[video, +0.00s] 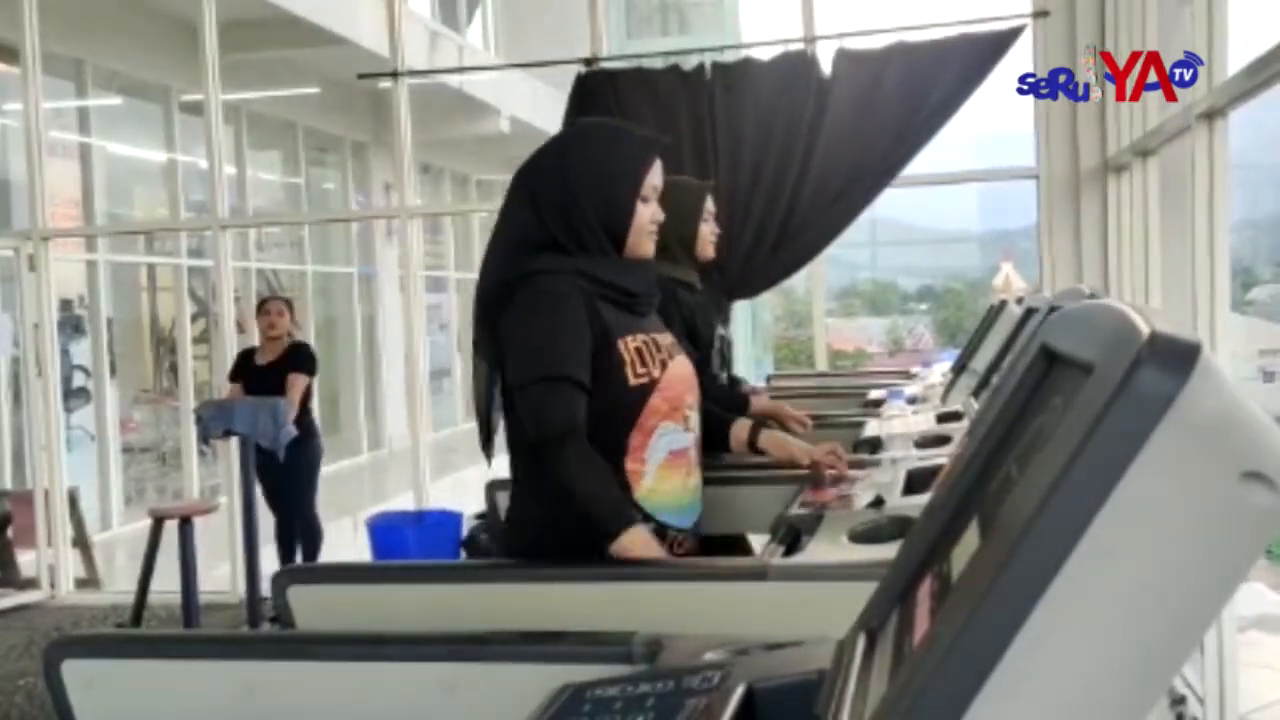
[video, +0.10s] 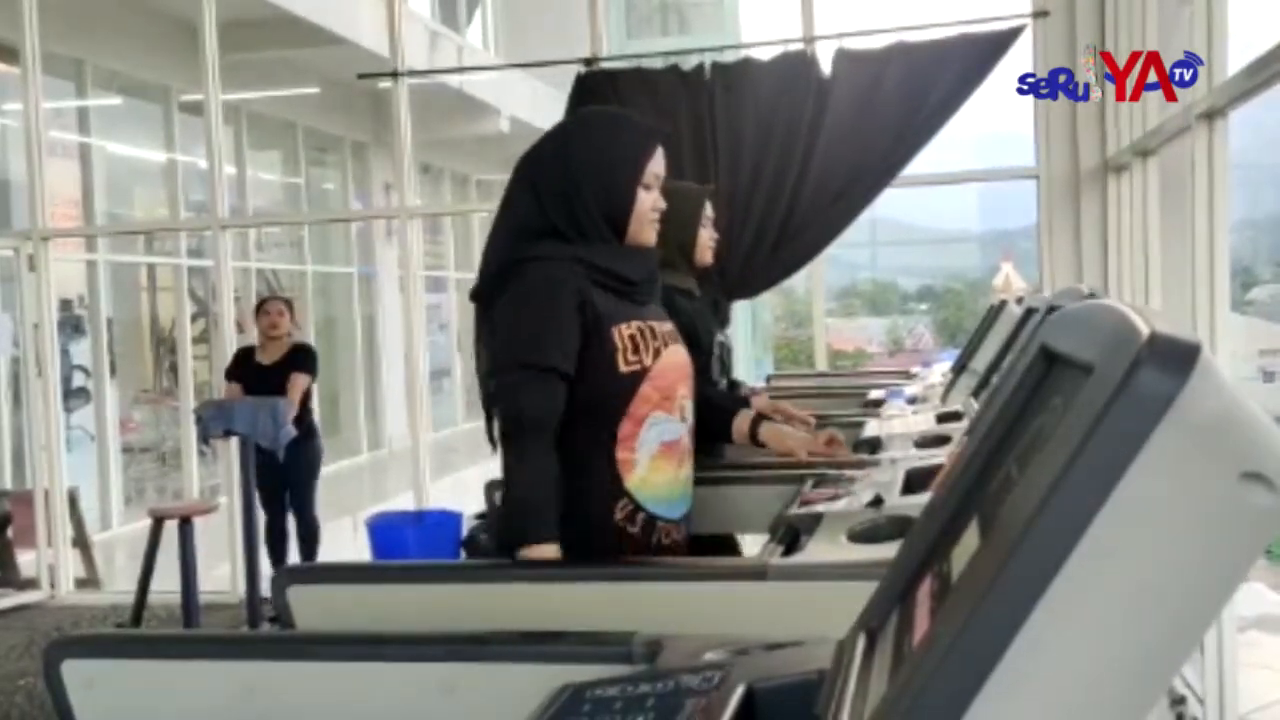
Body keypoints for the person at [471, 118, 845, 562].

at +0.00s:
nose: (659, 216)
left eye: (657, 200)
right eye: (646, 199)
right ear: (597, 196)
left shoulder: (628, 295)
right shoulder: (551, 298)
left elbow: (676, 411)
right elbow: (558, 448)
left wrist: (779, 446)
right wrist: (653, 558)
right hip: (587, 569)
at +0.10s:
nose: (662, 204)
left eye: (660, 189)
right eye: (648, 187)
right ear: (598, 184)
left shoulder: (633, 281)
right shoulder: (543, 285)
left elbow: (679, 397)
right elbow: (529, 432)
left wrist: (771, 434)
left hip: (656, 539)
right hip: (587, 551)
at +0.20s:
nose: (662, 206)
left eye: (661, 191)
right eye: (648, 189)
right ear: (599, 186)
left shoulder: (639, 287)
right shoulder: (538, 291)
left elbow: (679, 394)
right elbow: (496, 438)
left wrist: (772, 436)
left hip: (640, 552)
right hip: (558, 565)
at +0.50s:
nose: (655, 220)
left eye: (655, 204)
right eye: (642, 203)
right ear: (589, 202)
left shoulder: (628, 303)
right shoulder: (536, 314)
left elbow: (669, 415)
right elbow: (498, 475)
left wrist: (778, 442)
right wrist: (460, 594)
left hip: (648, 564)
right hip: (571, 580)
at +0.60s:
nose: (647, 208)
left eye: (646, 192)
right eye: (635, 190)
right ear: (587, 188)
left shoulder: (618, 282)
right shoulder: (536, 292)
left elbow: (669, 393)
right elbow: (532, 451)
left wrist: (774, 438)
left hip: (641, 537)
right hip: (577, 551)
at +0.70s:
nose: (643, 205)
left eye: (642, 189)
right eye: (631, 187)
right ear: (582, 186)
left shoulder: (612, 285)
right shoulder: (534, 288)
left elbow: (666, 395)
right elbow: (550, 431)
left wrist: (767, 438)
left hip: (614, 550)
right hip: (545, 563)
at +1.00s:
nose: (651, 206)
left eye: (649, 190)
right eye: (637, 189)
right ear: (589, 190)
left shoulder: (625, 288)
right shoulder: (541, 290)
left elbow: (670, 404)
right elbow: (538, 442)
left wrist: (769, 443)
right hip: (568, 565)